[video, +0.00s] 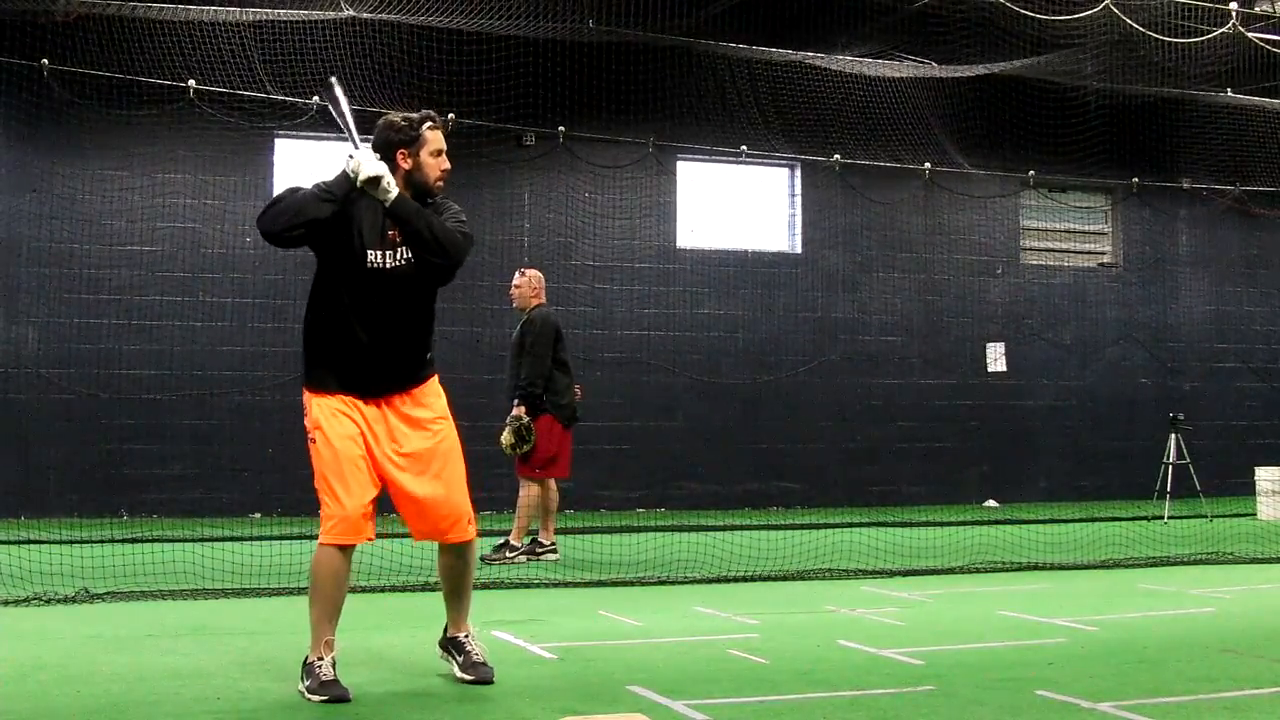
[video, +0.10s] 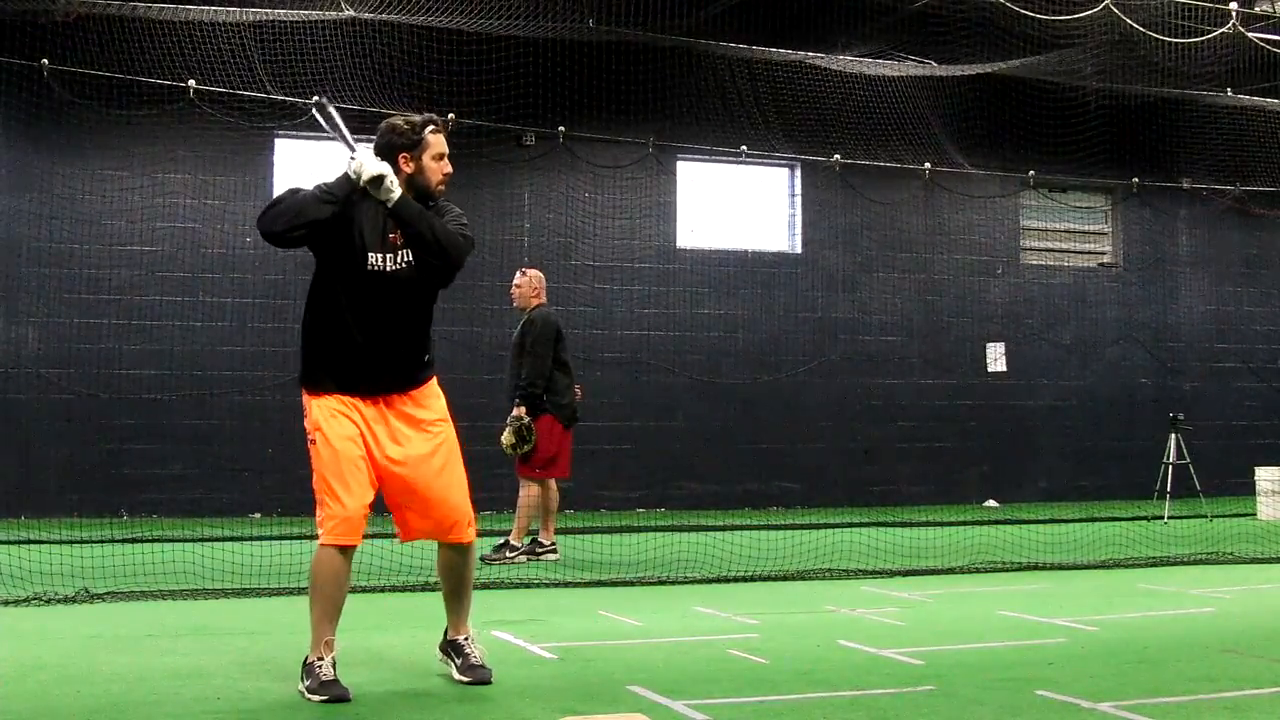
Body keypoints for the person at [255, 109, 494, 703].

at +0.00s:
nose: (446, 163)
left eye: (445, 153)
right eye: (438, 154)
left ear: (416, 157)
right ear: (404, 158)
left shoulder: (441, 216)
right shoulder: (343, 206)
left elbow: (450, 254)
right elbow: (272, 223)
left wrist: (393, 196)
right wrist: (344, 182)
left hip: (415, 393)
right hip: (339, 395)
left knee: (457, 526)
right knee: (345, 522)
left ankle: (459, 634)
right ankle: (320, 657)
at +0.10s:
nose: (448, 166)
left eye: (447, 157)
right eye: (439, 158)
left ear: (417, 160)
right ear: (404, 161)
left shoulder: (441, 217)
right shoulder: (342, 206)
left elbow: (453, 253)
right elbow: (272, 224)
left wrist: (396, 195)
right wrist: (346, 183)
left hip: (413, 394)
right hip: (338, 395)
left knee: (457, 525)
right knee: (342, 523)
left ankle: (458, 636)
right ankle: (320, 657)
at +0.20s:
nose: (452, 169)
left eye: (451, 160)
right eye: (443, 161)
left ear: (422, 163)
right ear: (409, 164)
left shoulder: (445, 219)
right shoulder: (347, 209)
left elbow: (459, 255)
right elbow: (276, 227)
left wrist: (401, 196)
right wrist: (351, 187)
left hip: (417, 396)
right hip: (342, 396)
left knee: (454, 528)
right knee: (348, 519)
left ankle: (454, 642)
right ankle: (321, 657)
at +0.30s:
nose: (456, 173)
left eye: (455, 163)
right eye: (447, 164)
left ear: (429, 167)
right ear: (412, 167)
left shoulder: (449, 221)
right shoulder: (353, 212)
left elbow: (461, 258)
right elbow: (282, 231)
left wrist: (406, 199)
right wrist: (355, 189)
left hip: (422, 397)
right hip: (347, 398)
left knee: (455, 527)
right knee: (354, 517)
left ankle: (453, 643)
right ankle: (321, 657)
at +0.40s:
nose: (458, 174)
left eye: (458, 164)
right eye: (449, 165)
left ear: (431, 169)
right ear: (415, 169)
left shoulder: (452, 222)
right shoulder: (356, 214)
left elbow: (463, 261)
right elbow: (284, 235)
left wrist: (410, 203)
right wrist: (357, 192)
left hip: (423, 399)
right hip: (348, 399)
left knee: (454, 527)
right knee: (357, 518)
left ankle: (452, 644)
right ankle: (321, 657)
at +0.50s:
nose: (457, 176)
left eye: (457, 166)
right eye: (449, 167)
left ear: (429, 170)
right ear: (414, 171)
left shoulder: (451, 224)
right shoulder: (355, 215)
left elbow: (460, 272)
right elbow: (284, 239)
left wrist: (409, 210)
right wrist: (354, 197)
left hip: (420, 400)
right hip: (344, 399)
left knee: (452, 530)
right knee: (357, 520)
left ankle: (451, 644)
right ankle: (321, 657)